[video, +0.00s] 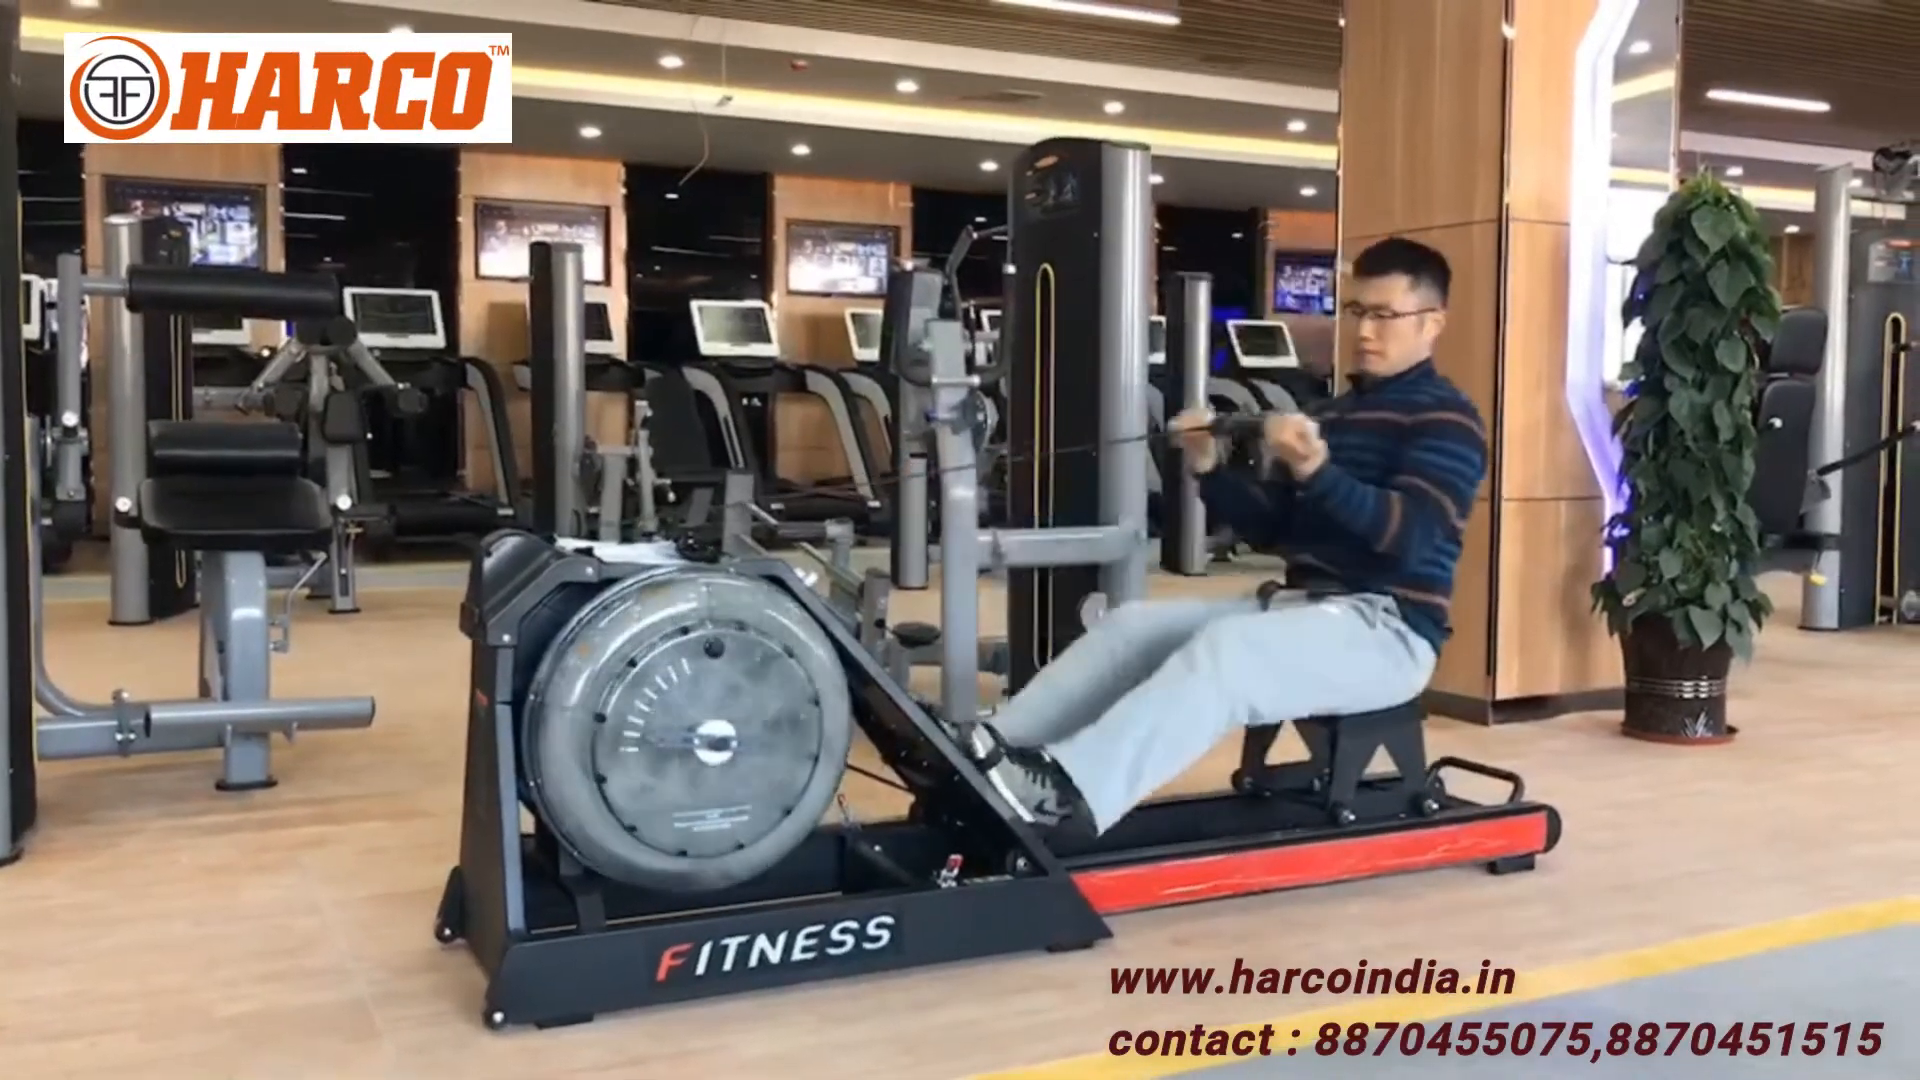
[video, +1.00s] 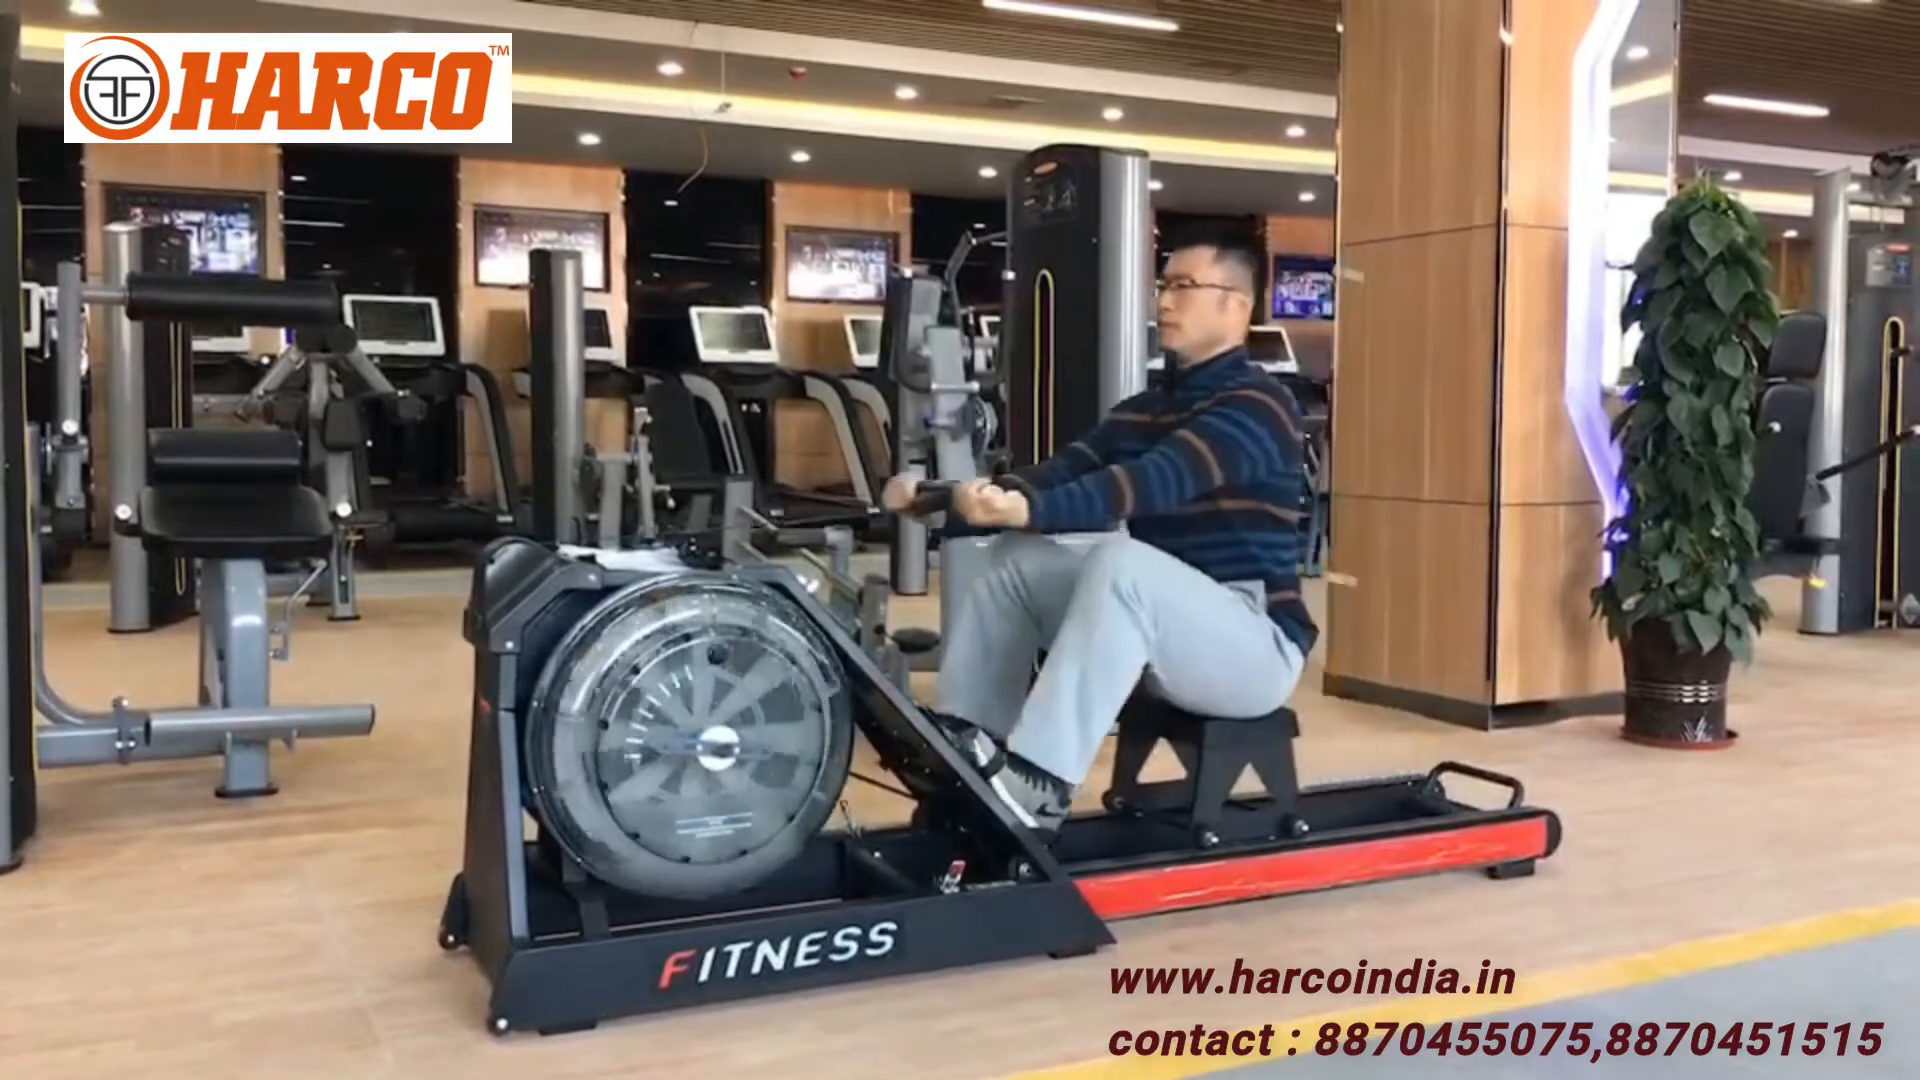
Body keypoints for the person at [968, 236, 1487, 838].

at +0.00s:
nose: (1365, 331)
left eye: (1386, 316)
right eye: (1357, 312)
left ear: (1434, 326)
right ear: (1344, 315)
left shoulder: (1448, 421)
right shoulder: (1339, 412)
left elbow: (1405, 538)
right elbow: (1278, 528)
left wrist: (1319, 474)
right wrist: (1210, 470)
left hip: (1388, 630)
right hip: (1303, 608)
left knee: (1223, 653)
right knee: (1134, 626)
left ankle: (1069, 789)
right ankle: (985, 748)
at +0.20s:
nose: (1396, 344)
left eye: (1417, 328)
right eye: (1387, 326)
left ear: (1465, 335)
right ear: (1376, 328)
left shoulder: (1490, 434)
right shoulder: (1369, 419)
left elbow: (1473, 551)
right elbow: (1306, 531)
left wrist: (1395, 478)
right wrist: (1269, 462)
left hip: (1401, 634)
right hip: (1313, 608)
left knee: (1245, 694)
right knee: (1175, 661)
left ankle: (1079, 804)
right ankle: (999, 744)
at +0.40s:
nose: (1383, 341)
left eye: (1403, 326)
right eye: (1375, 324)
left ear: (1453, 333)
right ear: (1366, 327)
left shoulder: (1486, 435)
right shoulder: (1346, 427)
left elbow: (1495, 558)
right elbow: (1306, 545)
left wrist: (1406, 486)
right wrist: (1280, 472)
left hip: (1399, 634)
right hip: (1310, 609)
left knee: (1237, 669)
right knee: (1154, 628)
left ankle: (1079, 796)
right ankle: (1000, 746)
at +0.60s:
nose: (1307, 318)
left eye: (1328, 303)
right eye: (1303, 301)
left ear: (1381, 315)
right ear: (1294, 307)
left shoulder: (1416, 422)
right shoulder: (1294, 415)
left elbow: (1408, 547)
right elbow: (1246, 531)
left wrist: (1299, 495)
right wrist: (1173, 489)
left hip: (1363, 632)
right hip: (1270, 611)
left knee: (1214, 622)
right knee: (1110, 598)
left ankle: (1080, 786)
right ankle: (1001, 749)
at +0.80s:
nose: (1220, 307)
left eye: (1241, 292)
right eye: (1219, 291)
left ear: (1295, 309)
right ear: (1213, 300)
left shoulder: (1322, 416)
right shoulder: (1205, 414)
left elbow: (1264, 523)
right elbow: (1138, 504)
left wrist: (1141, 508)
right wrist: (1033, 488)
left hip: (1307, 638)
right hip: (1207, 613)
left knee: (1168, 588)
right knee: (1050, 578)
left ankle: (1058, 778)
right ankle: (973, 742)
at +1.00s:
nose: (1164, 301)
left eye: (1185, 287)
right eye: (1165, 286)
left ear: (1237, 307)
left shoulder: (1258, 404)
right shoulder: (1145, 408)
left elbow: (1158, 482)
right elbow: (1058, 474)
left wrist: (1031, 510)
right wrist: (933, 498)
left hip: (1255, 645)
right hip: (1156, 623)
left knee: (1123, 566)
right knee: (992, 556)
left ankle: (1040, 782)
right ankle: (972, 742)